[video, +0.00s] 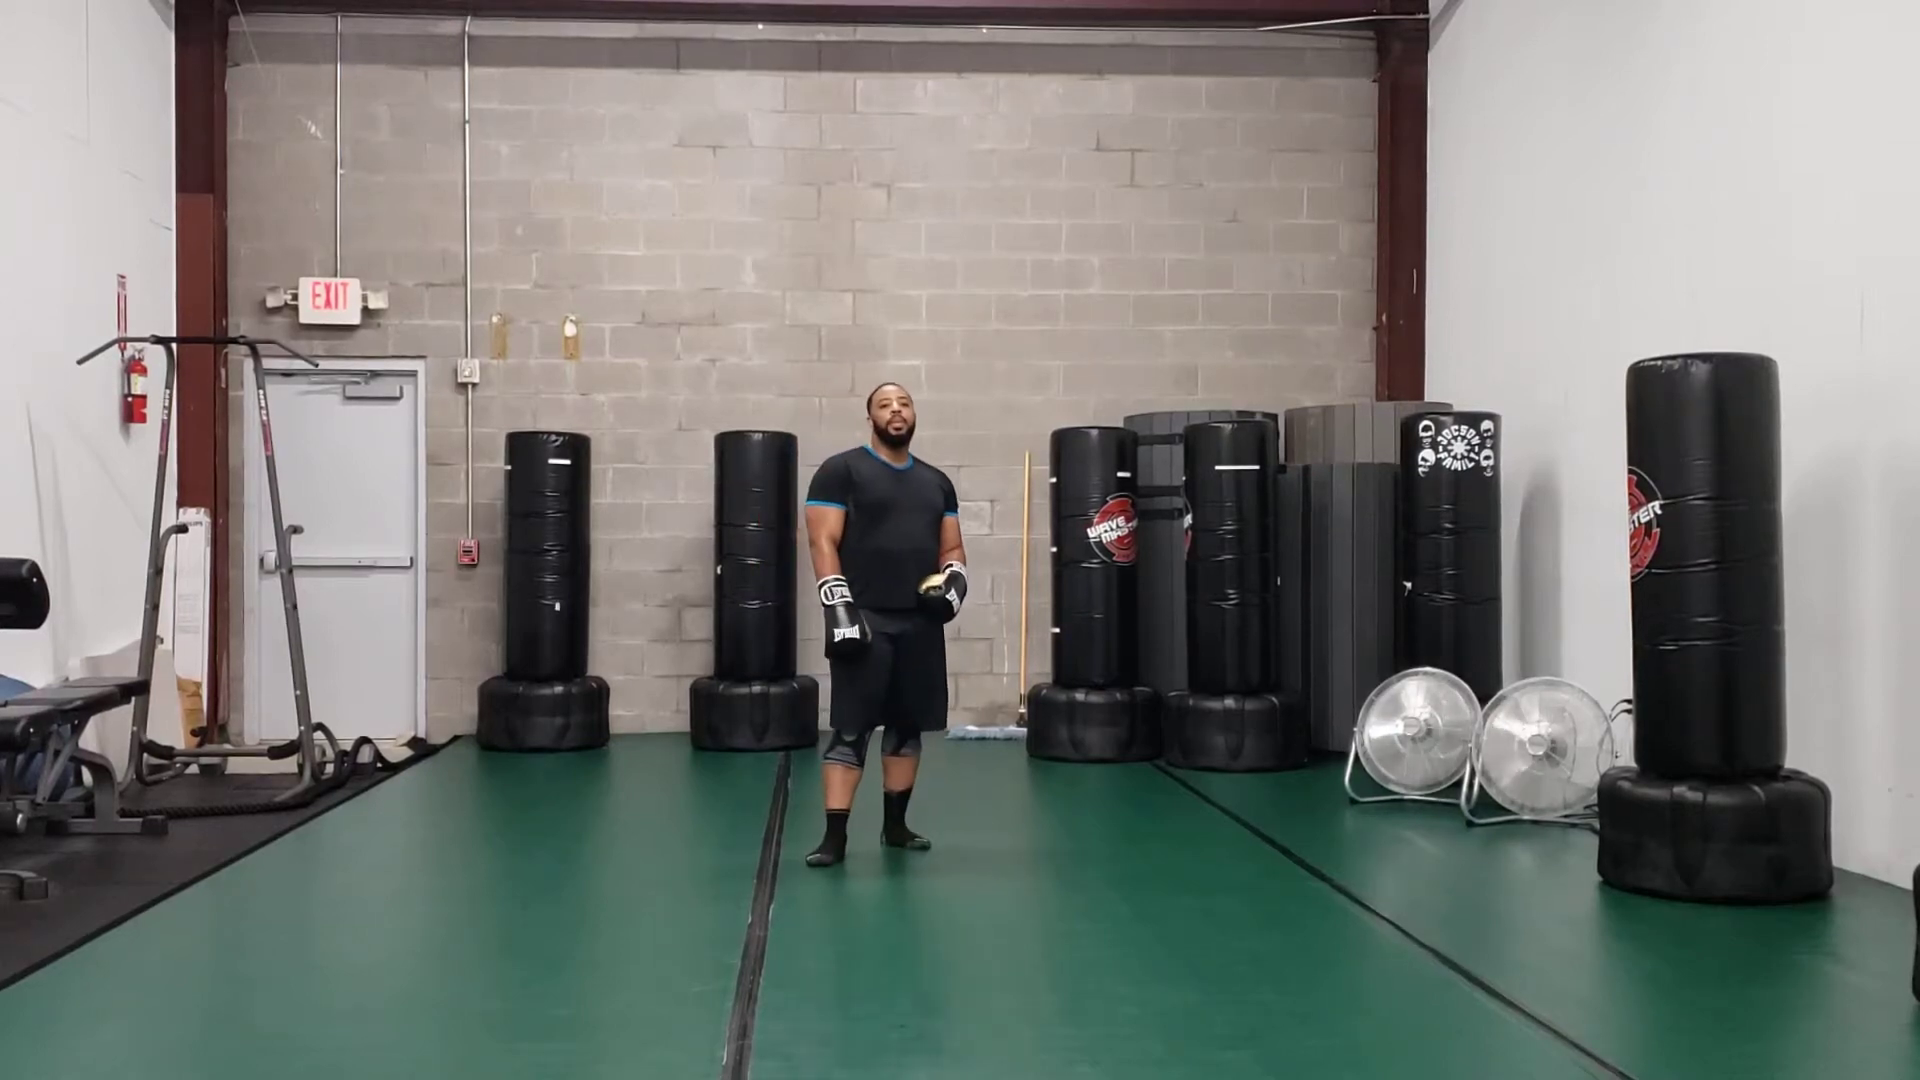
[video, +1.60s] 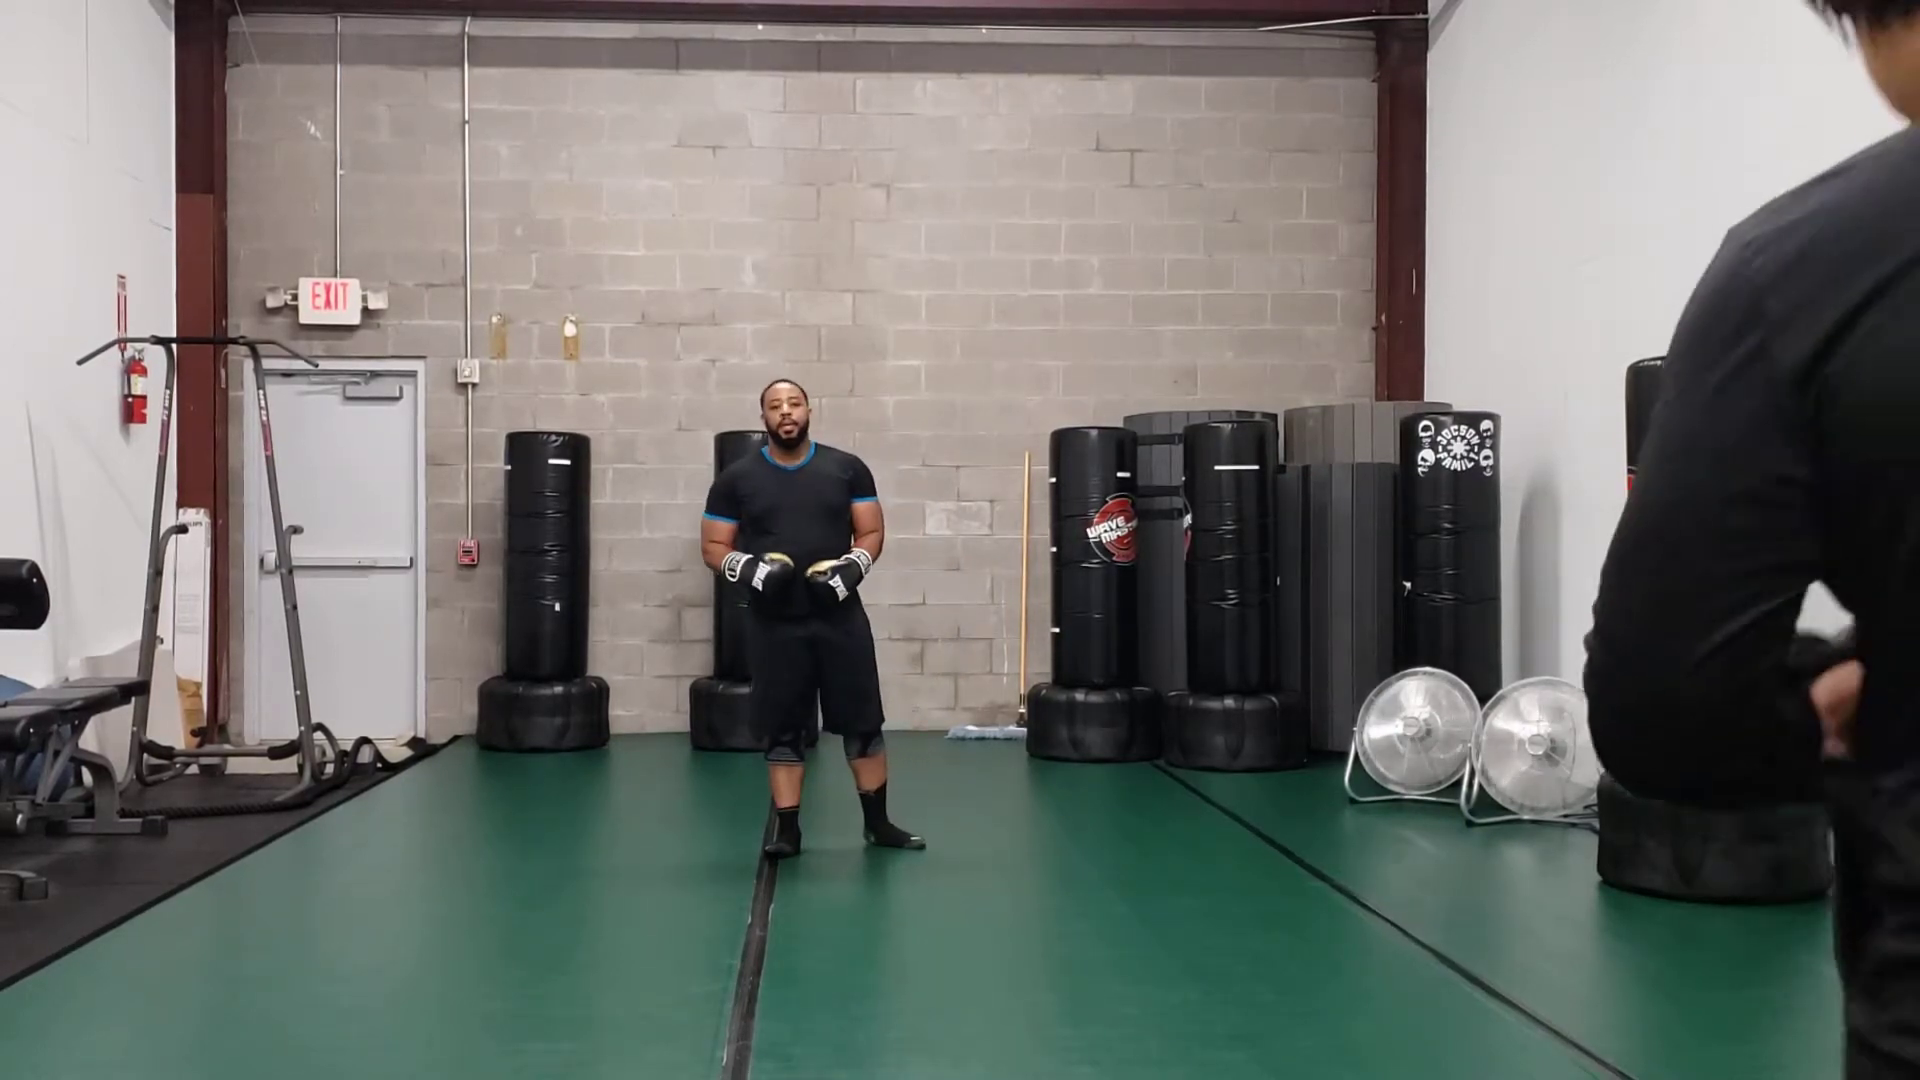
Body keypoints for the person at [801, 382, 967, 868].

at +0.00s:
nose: (896, 409)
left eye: (903, 403)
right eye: (885, 404)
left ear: (915, 417)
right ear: (870, 419)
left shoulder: (937, 482)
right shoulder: (841, 471)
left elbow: (951, 548)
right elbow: (822, 542)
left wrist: (952, 580)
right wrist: (838, 607)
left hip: (919, 621)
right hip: (861, 620)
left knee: (906, 727)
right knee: (850, 729)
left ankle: (895, 826)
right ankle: (833, 838)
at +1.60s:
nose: (786, 413)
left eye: (794, 404)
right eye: (776, 407)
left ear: (809, 412)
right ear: (763, 419)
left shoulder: (847, 469)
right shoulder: (737, 479)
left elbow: (872, 534)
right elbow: (714, 547)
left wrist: (852, 567)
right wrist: (749, 569)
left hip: (840, 617)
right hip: (775, 621)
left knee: (863, 722)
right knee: (783, 730)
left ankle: (878, 823)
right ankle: (786, 833)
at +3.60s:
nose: (784, 423)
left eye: (795, 412)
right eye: (774, 411)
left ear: (810, 412)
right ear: (757, 409)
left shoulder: (841, 471)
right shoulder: (720, 472)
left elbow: (865, 551)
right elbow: (690, 544)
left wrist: (887, 621)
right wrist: (719, 546)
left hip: (824, 635)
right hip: (749, 640)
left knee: (855, 741)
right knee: (754, 754)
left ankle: (860, 823)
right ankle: (754, 873)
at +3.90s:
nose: (768, 420)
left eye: (778, 411)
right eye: (757, 408)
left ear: (789, 409)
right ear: (735, 401)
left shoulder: (817, 468)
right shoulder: (690, 468)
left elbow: (843, 548)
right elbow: (658, 544)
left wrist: (862, 616)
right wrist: (696, 549)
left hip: (796, 629)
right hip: (726, 634)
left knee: (792, 750)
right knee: (741, 758)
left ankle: (790, 879)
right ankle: (754, 875)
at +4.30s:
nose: (753, 410)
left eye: (767, 401)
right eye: (745, 396)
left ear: (781, 406)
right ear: (726, 390)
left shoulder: (806, 472)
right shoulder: (675, 460)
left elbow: (824, 561)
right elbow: (651, 543)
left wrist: (836, 637)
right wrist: (638, 615)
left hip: (770, 642)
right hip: (691, 641)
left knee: (763, 772)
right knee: (690, 771)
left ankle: (749, 898)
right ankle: (749, 845)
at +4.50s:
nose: (736, 405)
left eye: (750, 396)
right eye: (728, 390)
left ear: (765, 399)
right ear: (708, 384)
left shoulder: (791, 466)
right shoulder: (660, 461)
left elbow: (813, 554)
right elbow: (626, 549)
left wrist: (814, 630)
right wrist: (587, 618)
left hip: (760, 649)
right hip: (673, 646)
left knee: (759, 780)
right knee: (648, 768)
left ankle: (748, 902)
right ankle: (666, 894)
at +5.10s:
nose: (650, 395)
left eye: (664, 384)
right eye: (640, 379)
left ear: (677, 386)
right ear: (614, 371)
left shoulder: (702, 458)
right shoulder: (554, 451)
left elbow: (727, 553)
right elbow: (522, 546)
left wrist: (739, 628)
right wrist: (506, 624)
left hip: (668, 646)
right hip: (581, 650)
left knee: (680, 790)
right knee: (592, 797)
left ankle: (689, 924)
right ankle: (598, 935)